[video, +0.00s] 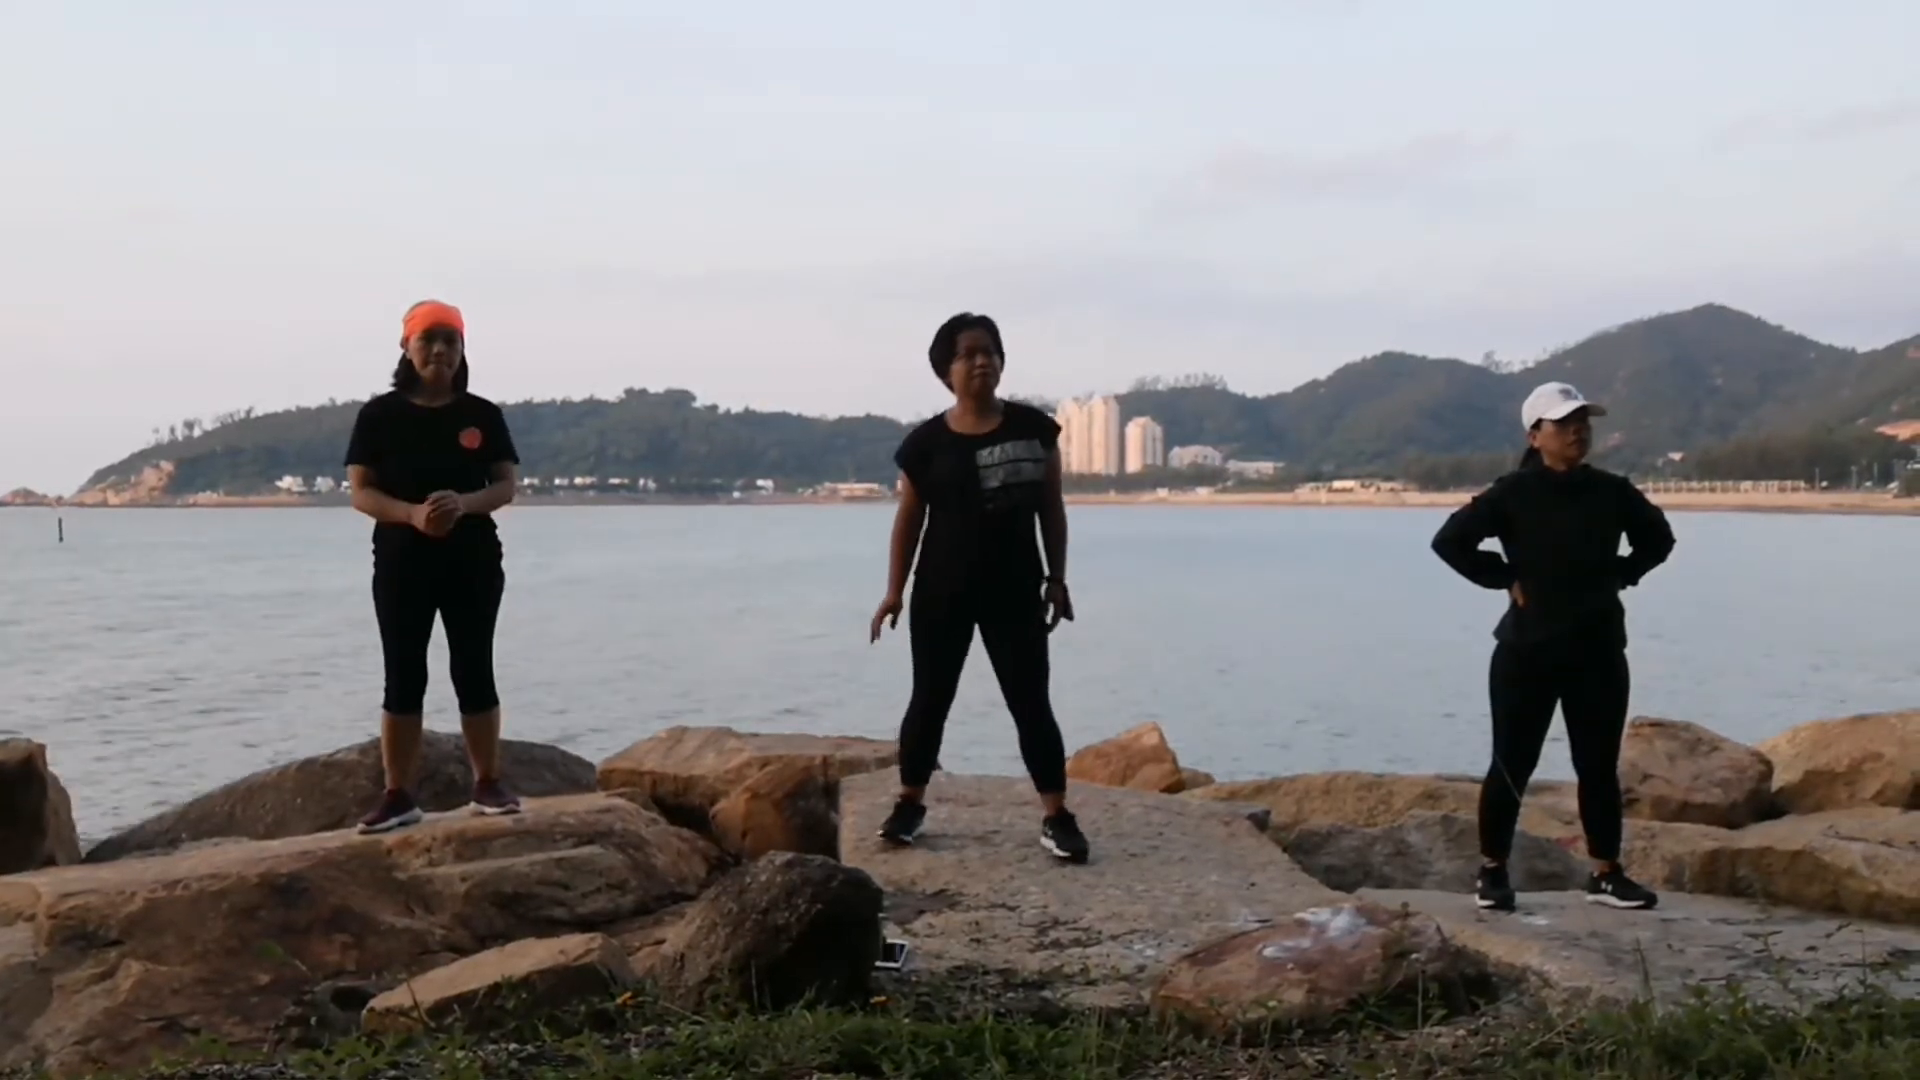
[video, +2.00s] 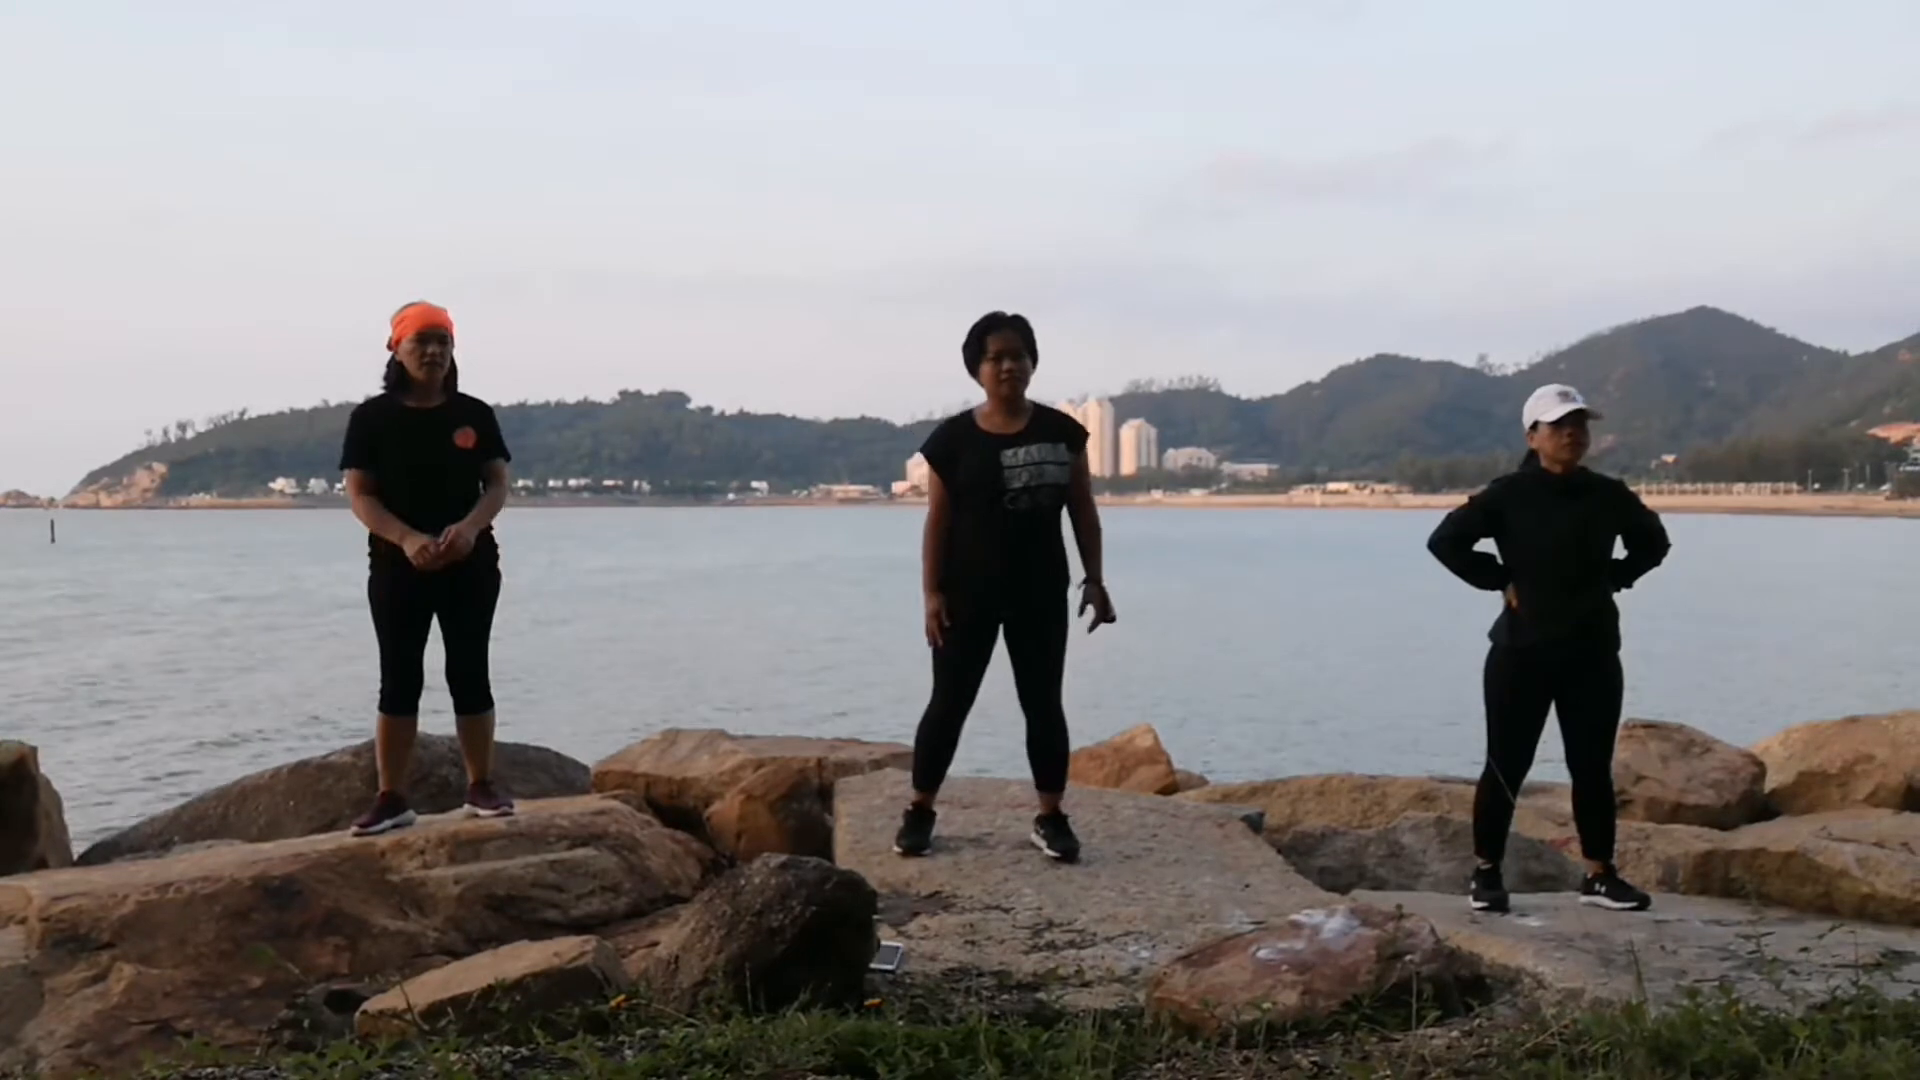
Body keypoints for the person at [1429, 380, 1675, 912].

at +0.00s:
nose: (1580, 432)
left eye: (1582, 422)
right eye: (1567, 424)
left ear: (1587, 427)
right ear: (1536, 434)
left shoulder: (1611, 490)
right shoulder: (1512, 493)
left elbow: (1659, 538)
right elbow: (1449, 543)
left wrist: (1619, 574)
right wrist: (1506, 577)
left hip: (1597, 650)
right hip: (1528, 650)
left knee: (1599, 768)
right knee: (1511, 765)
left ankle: (1607, 873)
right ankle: (1493, 872)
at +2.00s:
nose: (1575, 433)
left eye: (1580, 423)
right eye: (1562, 425)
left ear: (1587, 430)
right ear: (1534, 435)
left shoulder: (1607, 494)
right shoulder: (1508, 495)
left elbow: (1654, 542)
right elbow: (1444, 542)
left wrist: (1611, 577)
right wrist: (1501, 579)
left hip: (1592, 652)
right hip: (1523, 652)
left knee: (1593, 768)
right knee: (1506, 766)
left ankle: (1600, 874)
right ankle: (1487, 874)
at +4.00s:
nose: (1499, 439)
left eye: (1508, 429)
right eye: (1488, 429)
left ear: (1520, 434)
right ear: (1466, 437)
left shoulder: (1540, 490)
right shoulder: (1446, 501)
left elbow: (1584, 525)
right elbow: (1386, 557)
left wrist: (1551, 565)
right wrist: (1445, 588)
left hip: (1540, 642)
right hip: (1475, 647)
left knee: (1572, 758)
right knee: (1475, 767)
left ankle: (1590, 865)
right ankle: (1477, 876)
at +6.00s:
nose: (1566, 438)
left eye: (1576, 428)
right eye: (1555, 428)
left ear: (1590, 436)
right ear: (1535, 436)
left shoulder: (1611, 494)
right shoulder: (1513, 499)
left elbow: (1645, 541)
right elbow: (1453, 552)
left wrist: (1608, 578)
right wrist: (1509, 588)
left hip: (1602, 653)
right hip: (1534, 655)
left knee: (1626, 765)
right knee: (1520, 770)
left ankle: (1645, 875)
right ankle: (1504, 883)